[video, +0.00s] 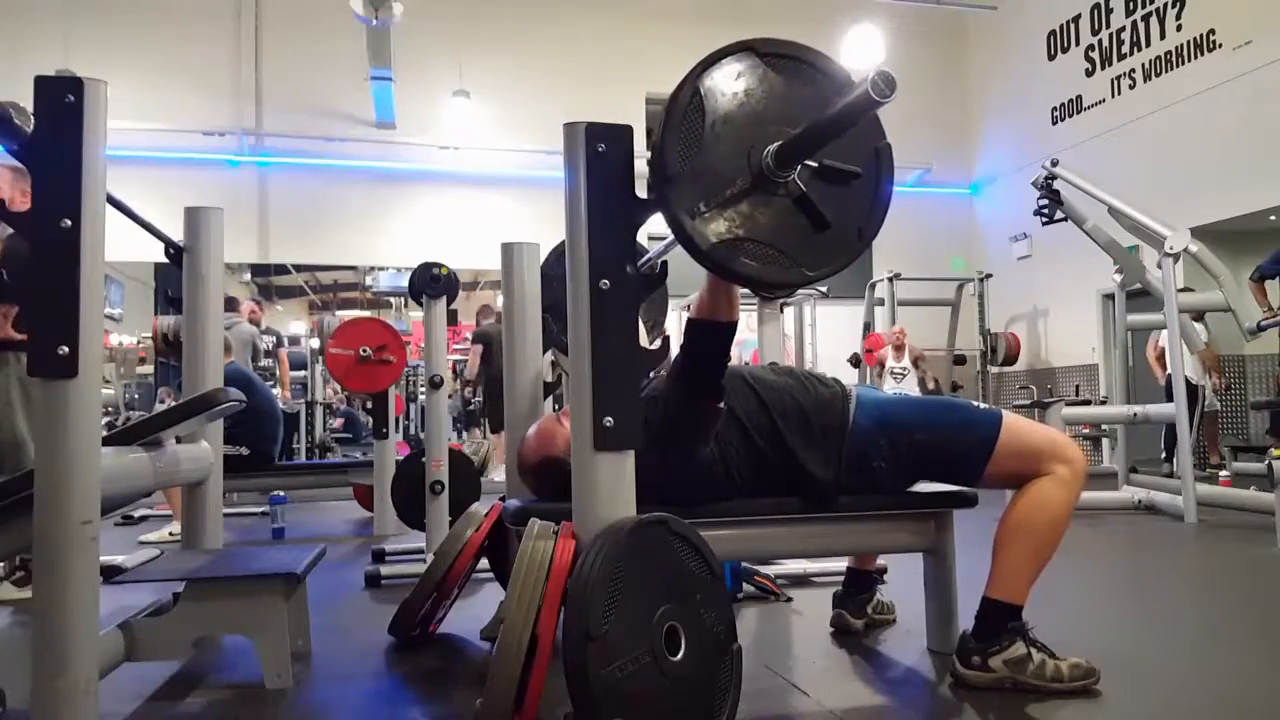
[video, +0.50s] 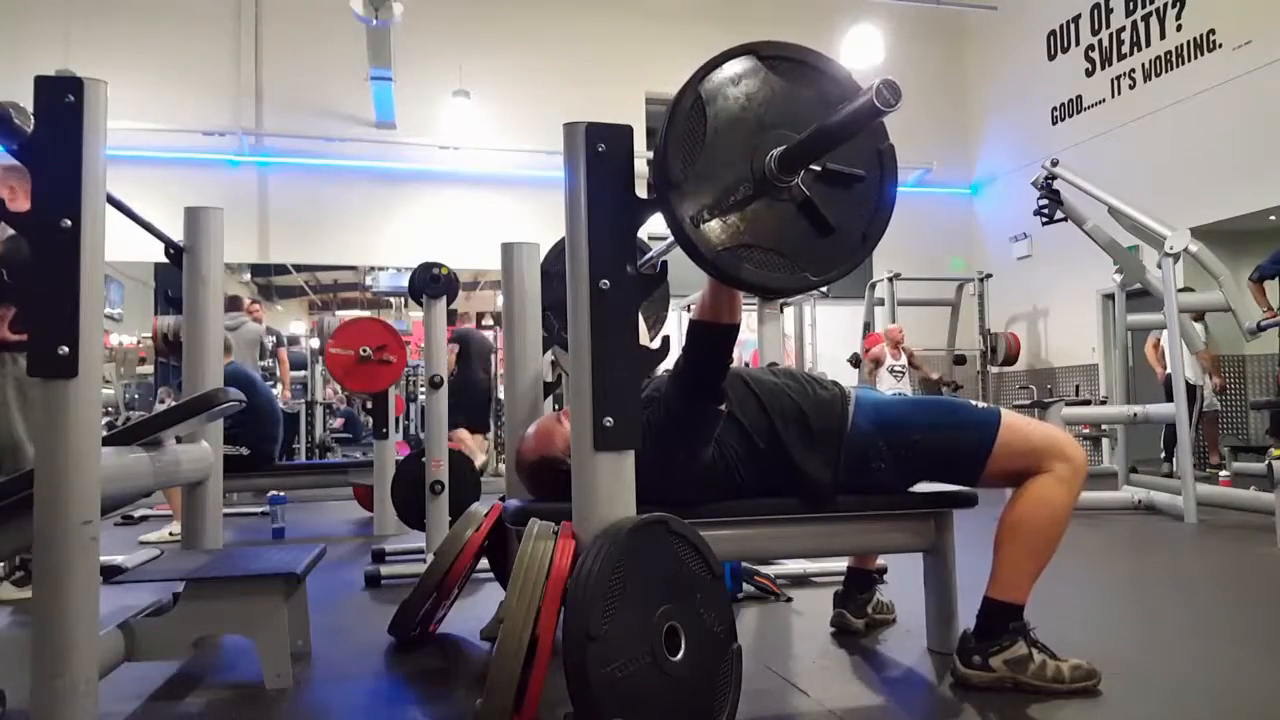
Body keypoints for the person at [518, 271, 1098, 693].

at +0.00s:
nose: (561, 407)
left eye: (551, 411)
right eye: (557, 417)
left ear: (567, 475)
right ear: (578, 446)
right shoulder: (651, 454)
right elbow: (706, 352)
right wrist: (735, 225)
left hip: (816, 446)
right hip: (852, 435)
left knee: (921, 446)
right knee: (1061, 457)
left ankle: (859, 593)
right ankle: (994, 639)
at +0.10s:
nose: (559, 409)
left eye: (549, 412)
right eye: (555, 421)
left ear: (566, 474)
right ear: (577, 454)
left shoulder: (609, 448)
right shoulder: (652, 460)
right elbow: (705, 361)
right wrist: (734, 228)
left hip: (815, 438)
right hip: (851, 435)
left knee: (917, 445)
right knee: (1061, 457)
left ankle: (859, 592)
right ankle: (995, 639)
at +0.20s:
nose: (560, 411)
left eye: (550, 413)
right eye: (557, 422)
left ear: (565, 468)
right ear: (577, 453)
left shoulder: (605, 441)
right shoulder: (650, 465)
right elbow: (705, 361)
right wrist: (733, 231)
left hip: (817, 431)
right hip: (850, 434)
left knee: (919, 446)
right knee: (1060, 456)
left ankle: (860, 593)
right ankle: (995, 638)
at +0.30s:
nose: (561, 411)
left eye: (551, 413)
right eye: (558, 421)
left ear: (566, 468)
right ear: (577, 452)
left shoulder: (606, 442)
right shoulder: (649, 465)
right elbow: (706, 357)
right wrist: (733, 230)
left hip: (820, 430)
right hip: (853, 436)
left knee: (923, 443)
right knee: (1061, 454)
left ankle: (860, 592)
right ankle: (995, 639)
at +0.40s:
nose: (562, 411)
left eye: (551, 413)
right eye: (558, 421)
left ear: (566, 468)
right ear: (578, 451)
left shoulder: (607, 441)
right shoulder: (651, 462)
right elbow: (707, 356)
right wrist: (735, 227)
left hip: (818, 431)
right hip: (851, 436)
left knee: (921, 447)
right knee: (1061, 452)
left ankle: (860, 591)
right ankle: (996, 639)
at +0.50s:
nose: (562, 412)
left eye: (551, 414)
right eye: (558, 423)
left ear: (567, 467)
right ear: (578, 452)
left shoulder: (608, 440)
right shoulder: (651, 463)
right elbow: (707, 357)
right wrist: (738, 230)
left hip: (817, 431)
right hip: (850, 435)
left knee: (919, 445)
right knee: (1061, 454)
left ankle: (860, 591)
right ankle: (996, 639)